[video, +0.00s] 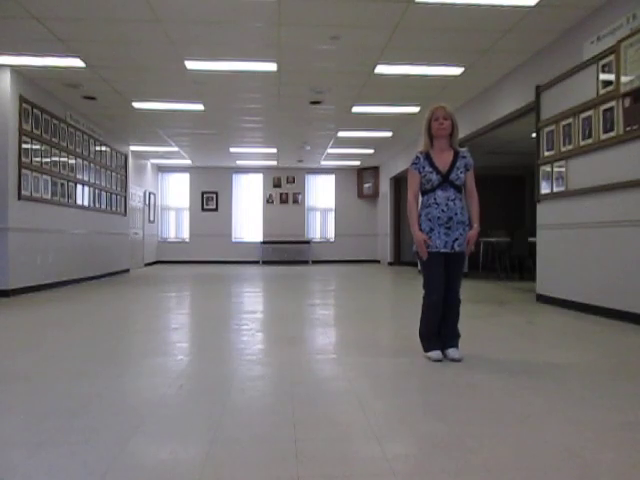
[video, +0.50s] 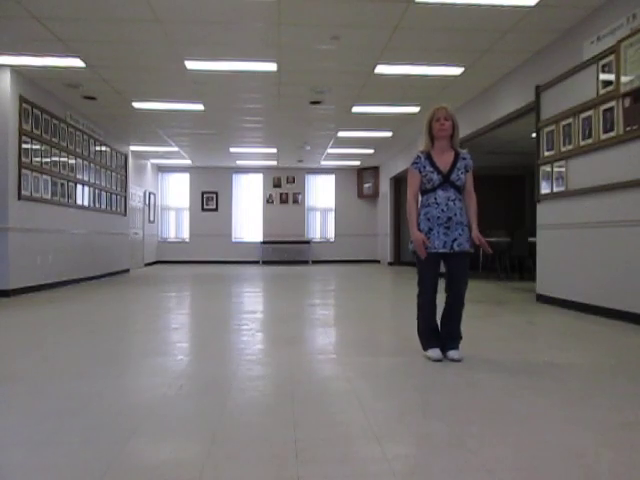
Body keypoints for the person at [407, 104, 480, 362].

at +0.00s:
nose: (441, 123)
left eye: (445, 119)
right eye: (436, 120)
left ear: (453, 125)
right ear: (429, 126)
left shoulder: (463, 157)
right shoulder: (420, 160)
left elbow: (471, 192)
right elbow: (412, 198)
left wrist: (475, 225)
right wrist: (415, 231)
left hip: (458, 229)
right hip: (430, 229)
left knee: (453, 290)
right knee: (434, 289)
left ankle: (451, 342)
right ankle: (431, 343)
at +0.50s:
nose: (443, 124)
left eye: (446, 120)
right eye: (438, 121)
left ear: (454, 126)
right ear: (430, 127)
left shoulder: (464, 159)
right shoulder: (420, 160)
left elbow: (469, 195)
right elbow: (412, 197)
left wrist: (474, 228)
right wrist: (414, 231)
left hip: (458, 228)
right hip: (429, 228)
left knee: (457, 289)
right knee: (427, 289)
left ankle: (451, 343)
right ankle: (430, 343)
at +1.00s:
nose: (443, 122)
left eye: (447, 118)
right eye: (438, 118)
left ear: (455, 125)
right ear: (431, 125)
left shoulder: (464, 158)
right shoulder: (420, 158)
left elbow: (469, 193)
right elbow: (411, 196)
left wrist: (474, 226)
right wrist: (414, 228)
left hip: (458, 229)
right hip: (430, 229)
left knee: (453, 290)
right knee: (432, 290)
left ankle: (450, 343)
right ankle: (431, 344)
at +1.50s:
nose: (437, 125)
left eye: (441, 121)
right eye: (433, 123)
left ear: (452, 126)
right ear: (428, 130)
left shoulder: (464, 160)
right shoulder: (421, 161)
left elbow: (473, 196)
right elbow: (412, 199)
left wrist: (481, 226)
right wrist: (412, 232)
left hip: (456, 230)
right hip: (428, 230)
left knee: (460, 288)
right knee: (426, 288)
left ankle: (451, 343)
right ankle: (430, 343)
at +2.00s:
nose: (441, 125)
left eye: (445, 121)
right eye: (436, 121)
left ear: (452, 127)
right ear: (429, 128)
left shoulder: (462, 160)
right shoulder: (419, 161)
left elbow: (470, 196)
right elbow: (410, 198)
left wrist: (477, 228)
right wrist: (417, 226)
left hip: (460, 232)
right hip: (432, 232)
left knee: (454, 292)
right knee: (435, 291)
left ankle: (451, 343)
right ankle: (432, 344)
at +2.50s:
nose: (444, 126)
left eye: (447, 123)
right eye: (438, 123)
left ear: (452, 128)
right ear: (429, 128)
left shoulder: (462, 160)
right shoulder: (419, 163)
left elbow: (472, 194)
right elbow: (410, 201)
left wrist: (483, 221)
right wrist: (412, 233)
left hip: (456, 232)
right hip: (427, 232)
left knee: (459, 287)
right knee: (425, 289)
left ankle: (451, 343)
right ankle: (430, 343)